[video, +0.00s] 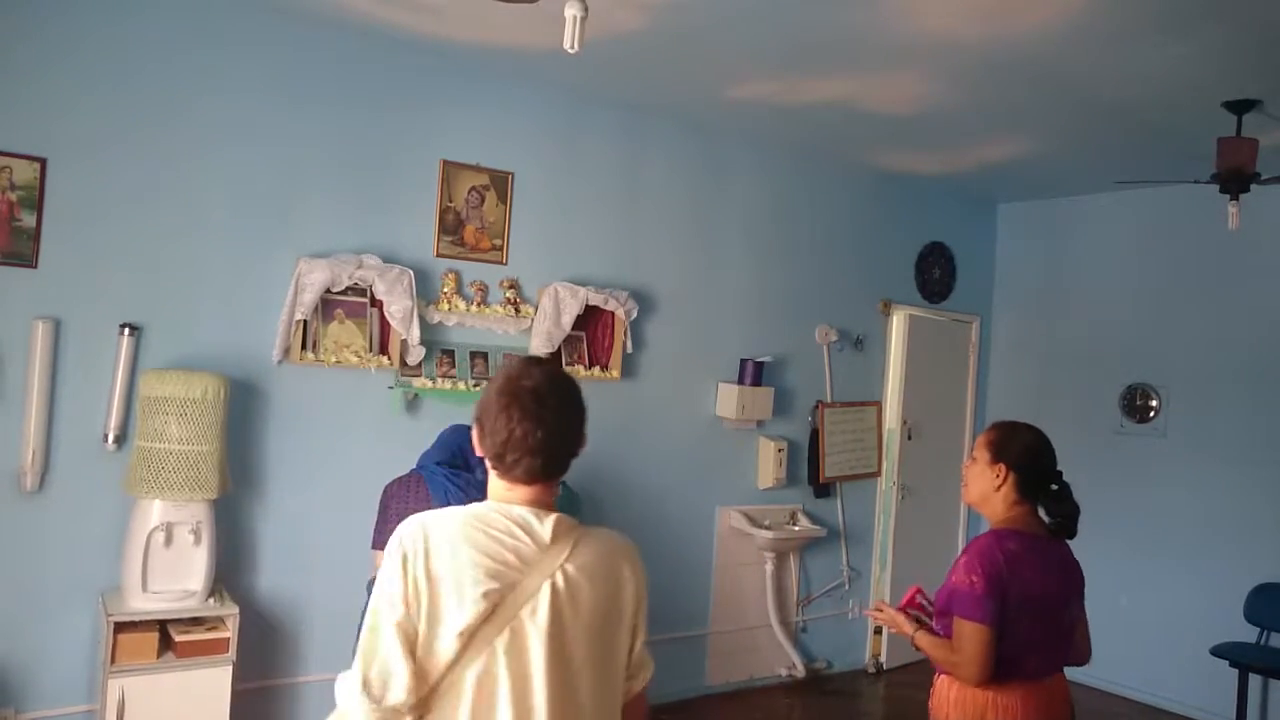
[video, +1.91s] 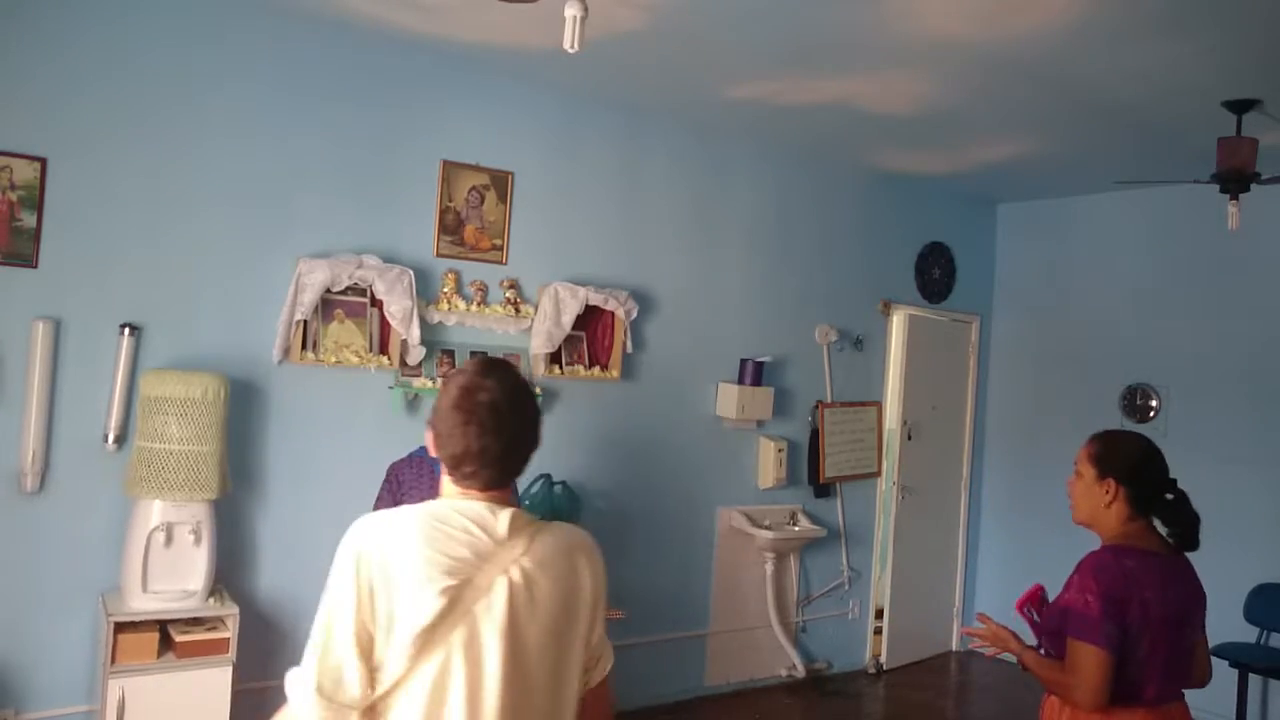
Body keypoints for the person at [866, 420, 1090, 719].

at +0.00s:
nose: (963, 468)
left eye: (972, 459)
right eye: (968, 458)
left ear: (999, 475)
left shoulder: (983, 554)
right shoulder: (1059, 551)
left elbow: (972, 668)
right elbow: (1079, 652)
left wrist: (912, 630)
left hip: (982, 701)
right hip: (1048, 696)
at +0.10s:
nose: (962, 472)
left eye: (971, 462)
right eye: (967, 462)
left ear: (997, 478)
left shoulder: (981, 557)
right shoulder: (1062, 556)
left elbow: (968, 673)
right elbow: (1086, 657)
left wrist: (910, 636)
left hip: (982, 703)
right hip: (1050, 700)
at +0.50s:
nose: (966, 482)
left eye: (971, 471)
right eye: (969, 470)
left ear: (995, 484)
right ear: (1041, 482)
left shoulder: (973, 564)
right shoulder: (1081, 565)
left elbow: (962, 686)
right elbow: (1114, 666)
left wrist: (910, 646)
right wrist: (1041, 666)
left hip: (989, 709)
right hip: (1069, 709)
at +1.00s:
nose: (987, 486)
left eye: (990, 476)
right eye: (989, 475)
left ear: (1009, 488)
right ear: (1060, 483)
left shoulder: (992, 572)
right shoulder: (1110, 565)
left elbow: (984, 693)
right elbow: (1143, 667)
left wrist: (942, 645)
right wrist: (1069, 661)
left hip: (1020, 710)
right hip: (1100, 709)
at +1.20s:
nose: (1011, 485)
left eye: (1017, 474)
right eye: (1014, 473)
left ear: (1041, 489)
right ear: (1086, 484)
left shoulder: (1029, 573)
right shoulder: (1134, 566)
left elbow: (1021, 694)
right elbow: (1162, 664)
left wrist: (966, 650)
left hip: (1053, 713)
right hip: (1129, 710)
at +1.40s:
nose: (1036, 486)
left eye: (1042, 477)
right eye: (1039, 475)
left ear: (1070, 494)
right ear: (1114, 491)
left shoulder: (1063, 576)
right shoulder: (1157, 568)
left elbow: (1065, 701)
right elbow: (1186, 666)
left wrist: (999, 657)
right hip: (1164, 712)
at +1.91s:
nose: (1068, 486)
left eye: (1077, 474)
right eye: (1073, 474)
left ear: (1108, 491)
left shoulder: (1098, 571)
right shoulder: (1178, 565)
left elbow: (1086, 693)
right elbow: (1198, 673)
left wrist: (1018, 649)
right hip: (1168, 710)